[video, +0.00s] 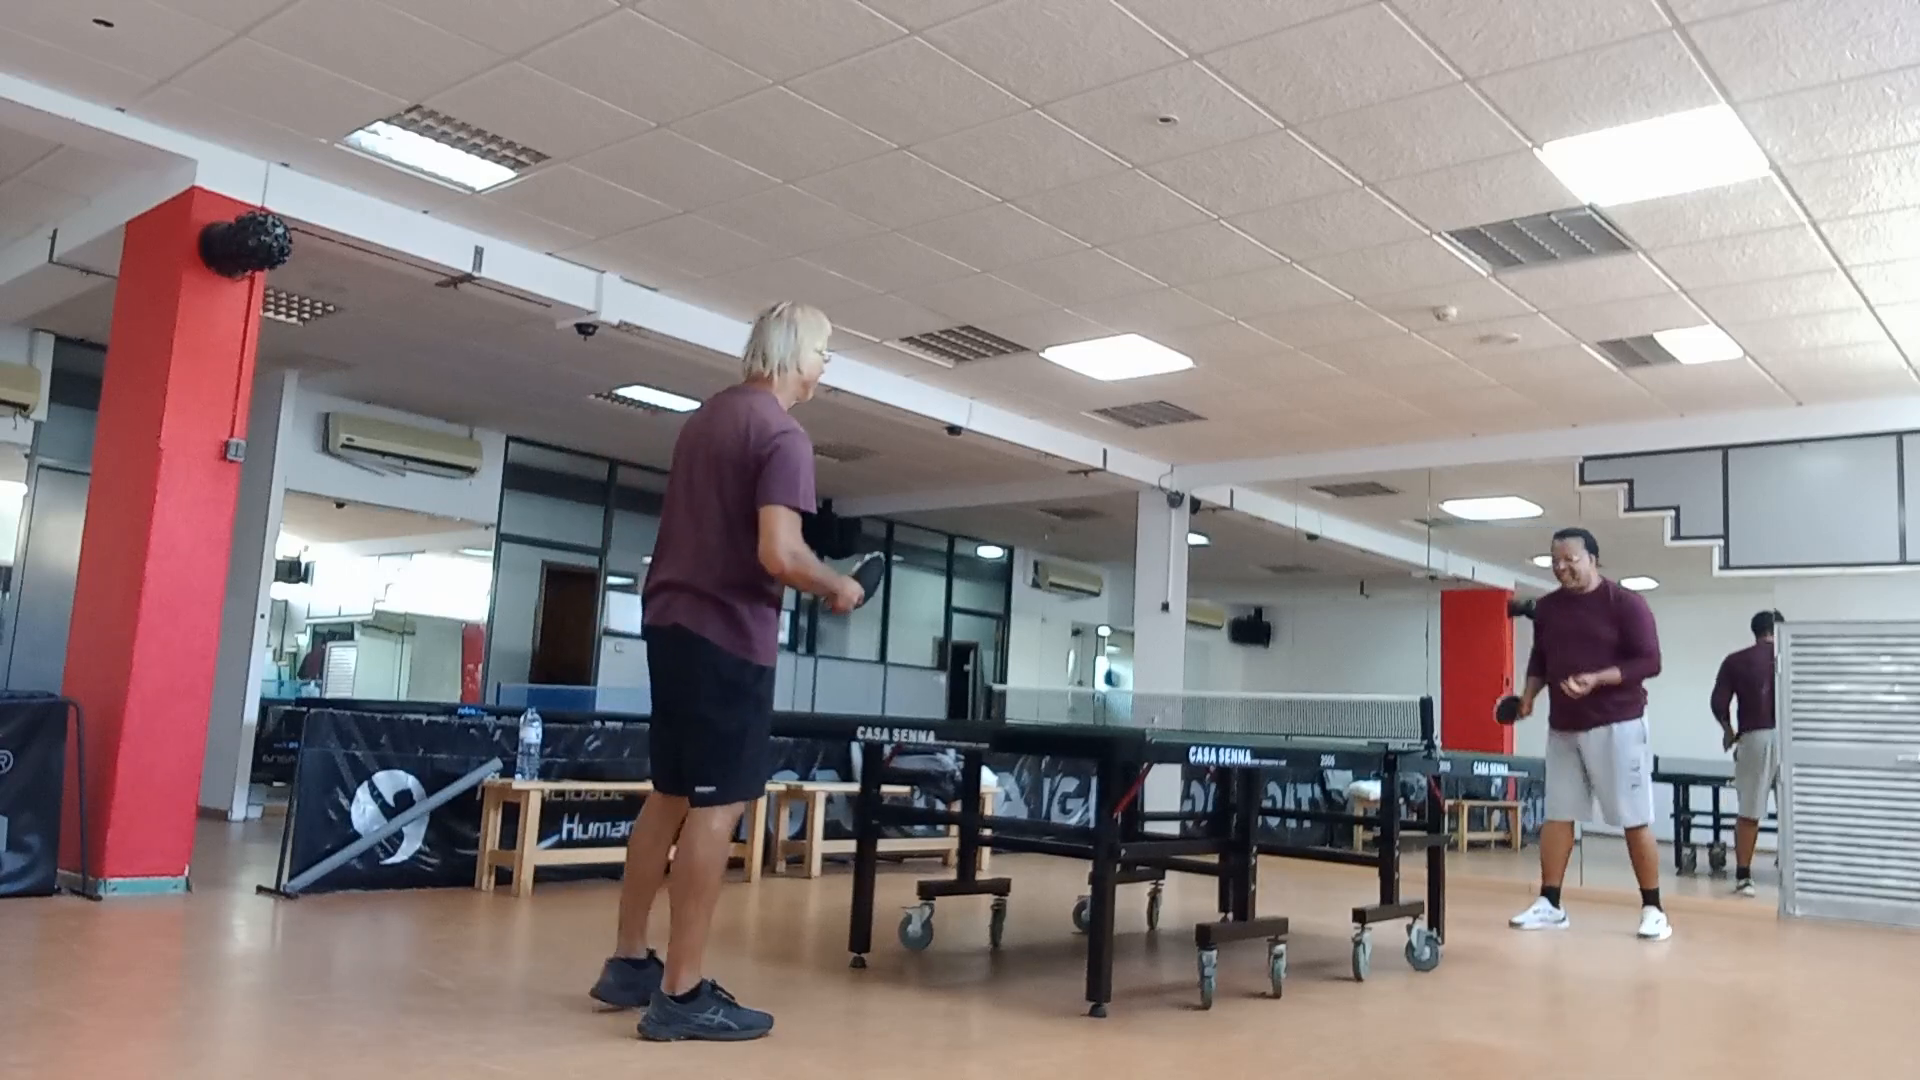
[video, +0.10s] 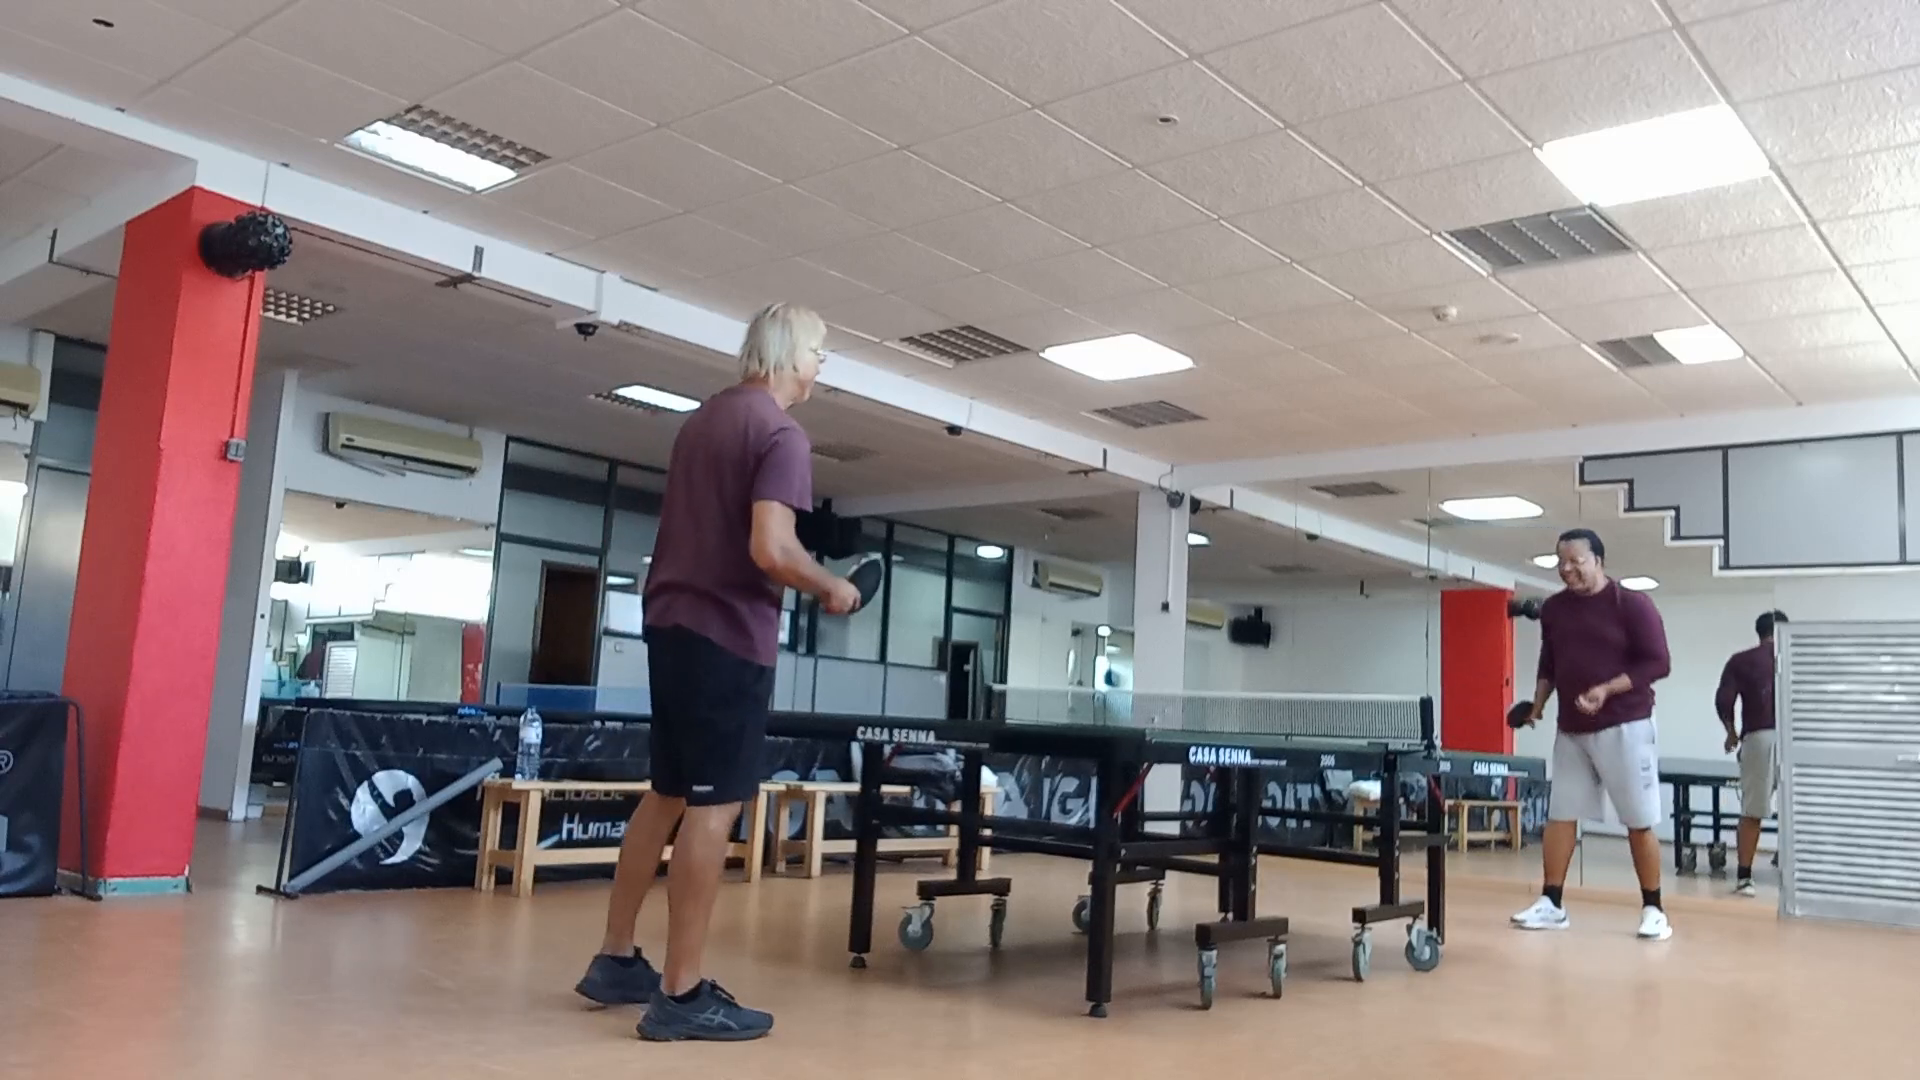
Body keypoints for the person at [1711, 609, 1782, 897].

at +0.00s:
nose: (1777, 637)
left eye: (1772, 632)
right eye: (1778, 631)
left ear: (1754, 632)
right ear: (1780, 631)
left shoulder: (1736, 661)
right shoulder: (1794, 658)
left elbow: (1718, 702)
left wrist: (1728, 728)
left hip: (1755, 740)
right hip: (1792, 740)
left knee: (1749, 811)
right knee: (1796, 811)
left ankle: (1743, 875)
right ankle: (1799, 878)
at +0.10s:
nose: (1778, 639)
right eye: (1781, 632)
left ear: (1759, 633)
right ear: (1785, 632)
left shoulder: (1742, 661)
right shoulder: (1801, 659)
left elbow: (1724, 699)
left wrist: (1730, 730)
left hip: (1759, 739)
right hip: (1796, 740)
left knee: (1753, 810)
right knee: (1797, 809)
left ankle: (1744, 876)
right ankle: (1796, 876)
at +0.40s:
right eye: (1778, 646)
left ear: (1761, 648)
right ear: (1783, 648)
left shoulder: (1744, 671)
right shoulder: (1797, 669)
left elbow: (1720, 708)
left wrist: (1724, 747)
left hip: (1760, 744)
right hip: (1796, 744)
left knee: (1757, 813)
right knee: (1797, 811)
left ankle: (1753, 877)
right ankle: (1792, 872)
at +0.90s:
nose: (1772, 662)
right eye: (1773, 658)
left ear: (1751, 658)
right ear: (1774, 658)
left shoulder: (1730, 679)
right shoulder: (1785, 676)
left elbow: (1720, 723)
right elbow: (1795, 713)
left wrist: (1738, 740)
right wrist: (1791, 737)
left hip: (1745, 747)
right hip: (1779, 744)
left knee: (1751, 814)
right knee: (1790, 809)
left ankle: (1751, 877)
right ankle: (1785, 861)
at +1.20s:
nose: (1773, 668)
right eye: (1775, 663)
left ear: (1755, 662)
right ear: (1777, 663)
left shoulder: (1735, 681)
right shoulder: (1784, 681)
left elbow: (1723, 721)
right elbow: (1793, 716)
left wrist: (1746, 730)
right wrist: (1788, 735)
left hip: (1742, 751)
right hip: (1776, 750)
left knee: (1751, 816)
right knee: (1791, 805)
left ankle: (1751, 876)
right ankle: (1784, 856)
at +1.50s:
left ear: (1769, 656)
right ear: (1787, 660)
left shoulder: (1752, 673)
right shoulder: (1794, 681)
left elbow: (1735, 694)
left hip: (1751, 748)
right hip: (1783, 748)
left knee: (1740, 811)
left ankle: (1736, 865)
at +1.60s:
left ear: (1766, 652)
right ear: (1786, 654)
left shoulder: (1748, 671)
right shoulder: (1793, 677)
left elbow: (1729, 698)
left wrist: (1747, 687)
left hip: (1749, 748)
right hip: (1782, 748)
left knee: (1732, 811)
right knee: (1796, 812)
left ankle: (1714, 870)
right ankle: (1801, 872)